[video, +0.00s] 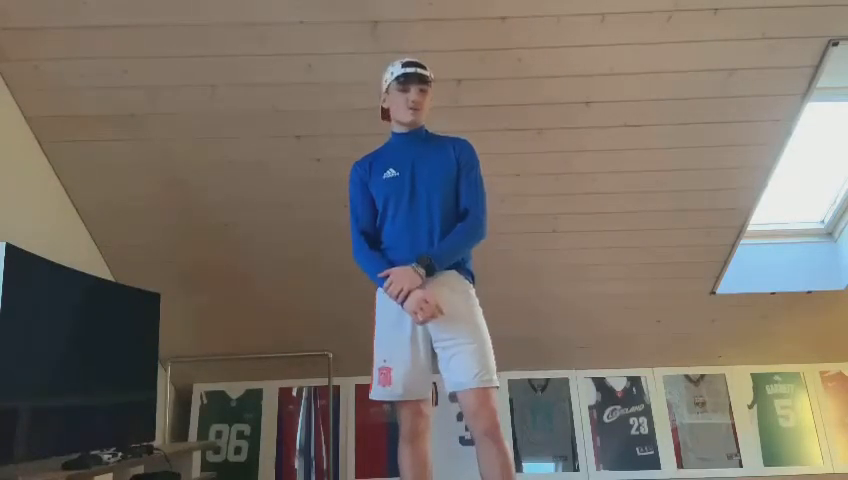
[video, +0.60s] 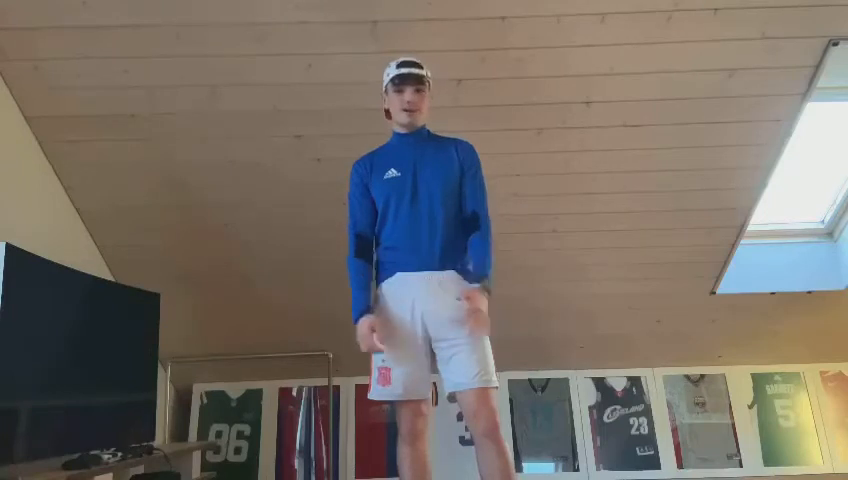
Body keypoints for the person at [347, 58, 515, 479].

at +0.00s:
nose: (414, 97)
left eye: (421, 90)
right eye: (403, 89)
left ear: (430, 99)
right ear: (386, 101)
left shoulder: (458, 150)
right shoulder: (366, 169)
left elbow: (475, 224)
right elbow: (362, 246)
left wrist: (421, 268)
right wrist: (404, 291)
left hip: (452, 289)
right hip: (395, 297)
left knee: (484, 416)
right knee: (413, 419)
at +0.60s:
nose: (410, 97)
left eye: (418, 89)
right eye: (400, 89)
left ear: (429, 99)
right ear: (386, 103)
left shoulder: (460, 152)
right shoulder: (367, 168)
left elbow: (479, 223)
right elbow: (360, 245)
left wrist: (477, 282)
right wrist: (363, 311)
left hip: (454, 291)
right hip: (394, 296)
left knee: (484, 417)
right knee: (412, 421)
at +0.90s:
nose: (405, 95)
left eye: (413, 86)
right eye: (394, 88)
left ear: (425, 95)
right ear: (382, 103)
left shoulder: (459, 150)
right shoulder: (365, 168)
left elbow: (497, 222)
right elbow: (342, 249)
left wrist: (542, 283)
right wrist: (311, 320)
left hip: (452, 294)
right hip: (395, 299)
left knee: (484, 418)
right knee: (412, 422)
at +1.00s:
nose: (403, 95)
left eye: (411, 86)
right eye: (393, 88)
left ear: (424, 95)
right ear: (380, 103)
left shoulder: (459, 150)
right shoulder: (365, 167)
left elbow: (497, 223)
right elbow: (341, 248)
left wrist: (541, 284)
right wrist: (309, 321)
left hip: (452, 294)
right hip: (394, 301)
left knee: (484, 419)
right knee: (411, 423)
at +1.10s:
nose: (403, 95)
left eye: (410, 86)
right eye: (392, 88)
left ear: (424, 94)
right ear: (380, 103)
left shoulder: (459, 150)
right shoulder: (365, 167)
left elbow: (492, 223)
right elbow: (344, 250)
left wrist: (531, 288)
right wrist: (316, 323)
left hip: (452, 294)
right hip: (395, 300)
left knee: (485, 419)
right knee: (411, 423)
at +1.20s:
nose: (402, 96)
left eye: (410, 86)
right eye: (392, 89)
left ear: (423, 94)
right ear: (379, 102)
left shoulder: (458, 150)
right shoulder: (363, 168)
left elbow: (486, 225)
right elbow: (349, 250)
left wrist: (514, 293)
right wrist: (330, 322)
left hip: (452, 294)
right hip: (395, 300)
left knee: (484, 418)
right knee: (410, 422)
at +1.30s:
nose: (402, 95)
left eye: (410, 87)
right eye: (392, 89)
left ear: (423, 95)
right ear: (379, 103)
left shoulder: (458, 149)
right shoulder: (363, 166)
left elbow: (482, 229)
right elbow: (355, 249)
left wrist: (491, 299)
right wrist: (352, 321)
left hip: (452, 294)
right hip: (394, 299)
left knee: (484, 419)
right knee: (410, 423)